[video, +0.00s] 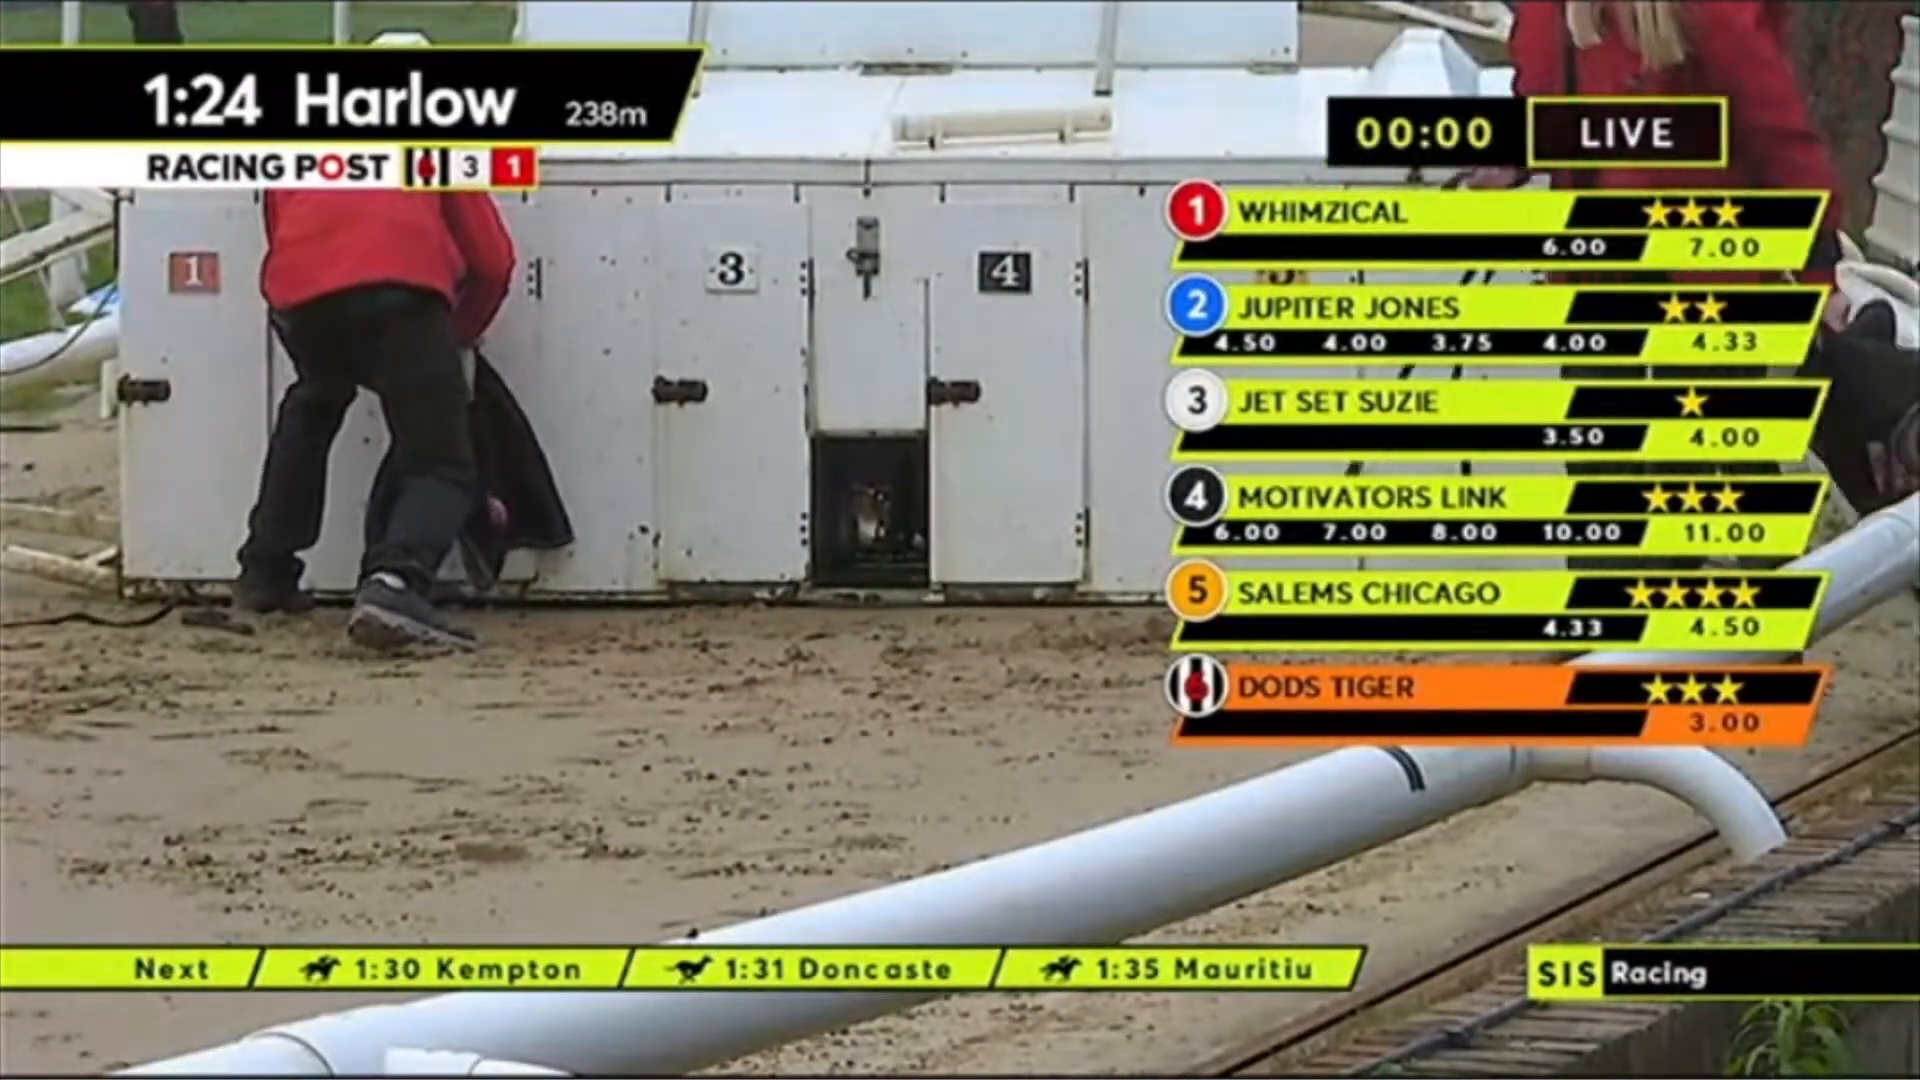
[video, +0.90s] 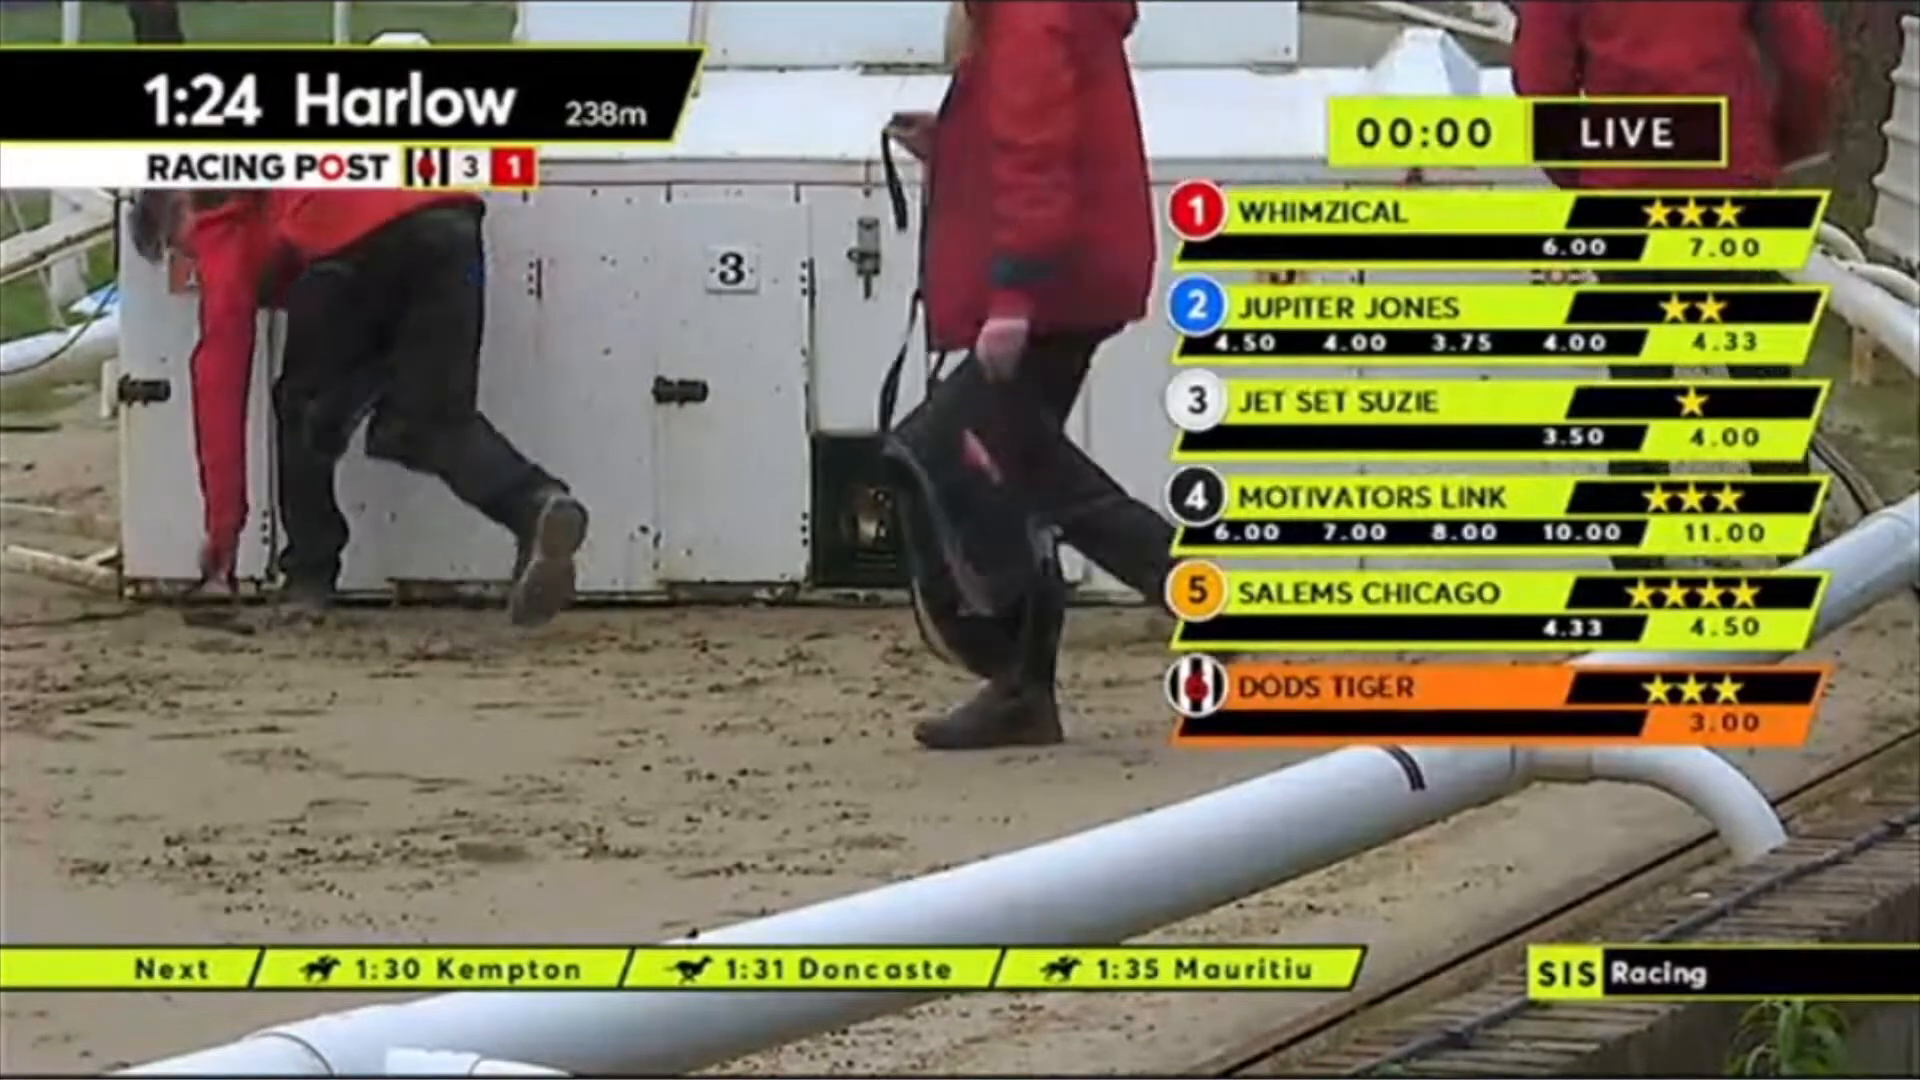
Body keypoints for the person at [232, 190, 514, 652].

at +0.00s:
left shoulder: (289, 166)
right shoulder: (434, 160)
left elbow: (281, 239)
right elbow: (495, 262)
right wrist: (450, 335)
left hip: (300, 295)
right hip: (400, 286)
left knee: (318, 391)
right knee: (440, 465)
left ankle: (265, 571)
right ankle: (394, 584)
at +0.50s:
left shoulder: (269, 176)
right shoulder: (432, 157)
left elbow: (238, 286)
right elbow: (503, 235)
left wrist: (263, 414)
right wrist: (456, 316)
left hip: (308, 248)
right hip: (410, 234)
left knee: (321, 388)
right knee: (414, 416)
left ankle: (289, 574)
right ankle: (411, 571)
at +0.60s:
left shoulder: (264, 166)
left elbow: (225, 298)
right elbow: (501, 174)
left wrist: (219, 462)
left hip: (326, 250)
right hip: (426, 230)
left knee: (327, 391)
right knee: (418, 407)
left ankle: (312, 575)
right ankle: (424, 564)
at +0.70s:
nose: (217, 236)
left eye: (210, 218)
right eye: (207, 225)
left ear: (214, 196)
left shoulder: (241, 189)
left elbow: (223, 337)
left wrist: (202, 498)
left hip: (338, 250)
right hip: (438, 227)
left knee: (312, 399)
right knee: (426, 405)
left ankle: (311, 576)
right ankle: (440, 554)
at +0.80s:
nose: (201, 269)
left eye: (191, 252)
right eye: (188, 260)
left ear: (194, 209)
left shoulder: (229, 217)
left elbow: (222, 372)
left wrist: (198, 529)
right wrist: (371, 396)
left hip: (342, 251)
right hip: (446, 223)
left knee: (305, 401)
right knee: (434, 399)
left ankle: (310, 579)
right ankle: (481, 539)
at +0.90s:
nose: (187, 276)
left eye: (178, 251)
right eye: (174, 260)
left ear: (185, 209)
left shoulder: (225, 225)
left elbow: (221, 374)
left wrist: (222, 527)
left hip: (347, 245)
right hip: (444, 217)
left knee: (307, 415)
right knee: (424, 419)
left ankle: (308, 582)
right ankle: (539, 507)